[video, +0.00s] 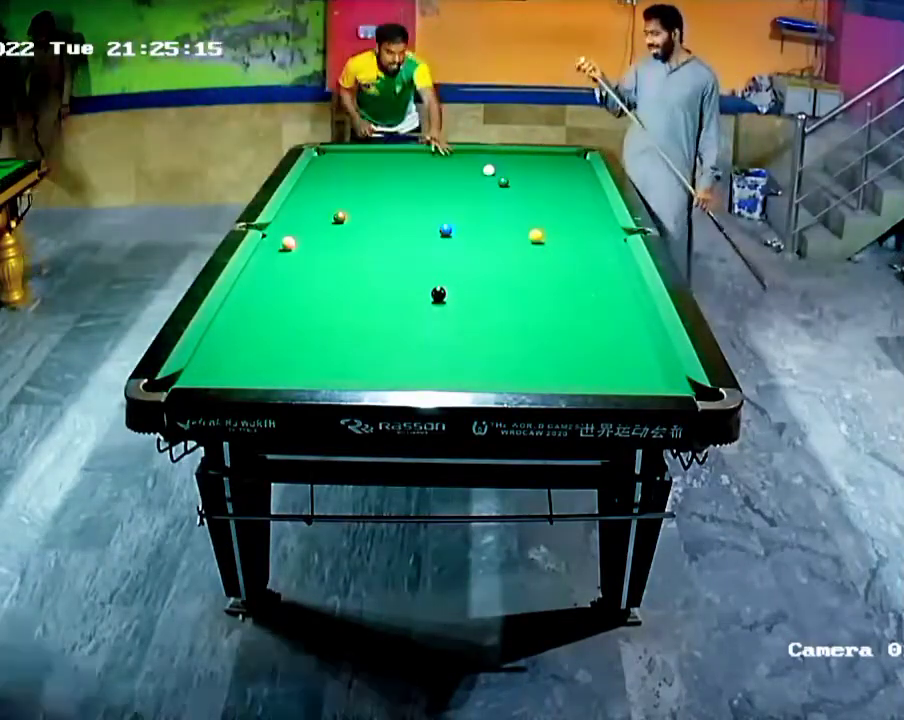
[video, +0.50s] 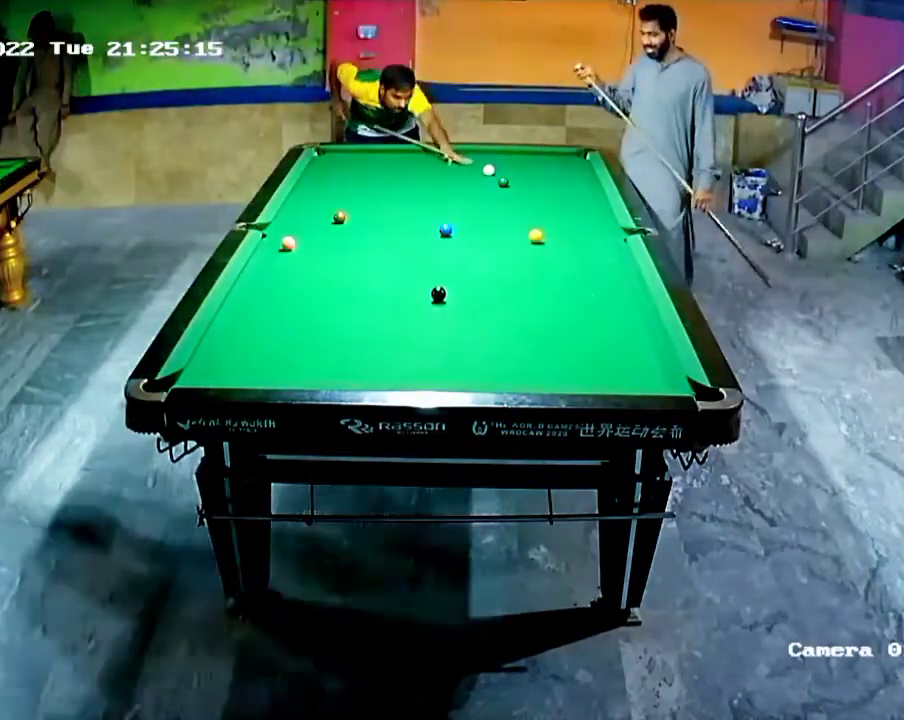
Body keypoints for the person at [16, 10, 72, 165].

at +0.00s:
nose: (36, 39)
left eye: (39, 34)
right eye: (35, 35)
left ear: (49, 32)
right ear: (33, 33)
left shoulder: (59, 49)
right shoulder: (33, 50)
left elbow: (67, 76)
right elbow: (24, 77)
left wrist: (65, 104)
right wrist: (24, 102)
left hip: (54, 95)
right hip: (35, 94)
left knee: (48, 128)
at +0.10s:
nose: (39, 36)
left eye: (42, 32)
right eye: (36, 32)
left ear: (49, 31)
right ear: (32, 32)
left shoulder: (59, 51)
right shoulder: (32, 52)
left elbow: (67, 77)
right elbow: (25, 77)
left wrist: (65, 103)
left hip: (50, 98)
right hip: (31, 97)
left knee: (46, 131)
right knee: (22, 127)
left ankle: (45, 163)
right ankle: (31, 160)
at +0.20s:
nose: (38, 35)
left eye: (43, 31)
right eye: (35, 31)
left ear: (50, 31)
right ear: (32, 31)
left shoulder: (60, 51)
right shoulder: (29, 51)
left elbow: (67, 78)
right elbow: (20, 79)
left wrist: (65, 103)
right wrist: (15, 104)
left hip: (50, 95)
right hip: (31, 95)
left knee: (45, 128)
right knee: (21, 123)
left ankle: (44, 163)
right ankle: (29, 161)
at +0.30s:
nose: (38, 36)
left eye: (42, 31)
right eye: (35, 31)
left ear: (49, 31)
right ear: (32, 32)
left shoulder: (60, 51)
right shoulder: (31, 52)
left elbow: (67, 78)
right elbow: (20, 79)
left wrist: (65, 103)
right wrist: (17, 104)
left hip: (51, 96)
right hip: (33, 95)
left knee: (45, 128)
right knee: (21, 120)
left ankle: (44, 163)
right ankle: (32, 159)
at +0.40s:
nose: (39, 35)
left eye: (43, 30)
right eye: (36, 30)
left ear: (50, 31)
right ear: (32, 31)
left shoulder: (60, 50)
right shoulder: (30, 51)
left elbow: (67, 78)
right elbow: (20, 79)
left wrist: (65, 103)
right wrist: (15, 106)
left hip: (51, 96)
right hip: (32, 95)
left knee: (44, 133)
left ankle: (44, 166)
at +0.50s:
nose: (39, 35)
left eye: (43, 30)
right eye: (36, 30)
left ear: (50, 31)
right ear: (32, 31)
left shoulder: (60, 50)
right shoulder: (30, 51)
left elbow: (67, 78)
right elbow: (20, 79)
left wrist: (65, 103)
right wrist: (15, 106)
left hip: (51, 96)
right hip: (32, 96)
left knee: (44, 134)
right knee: (22, 132)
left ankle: (44, 166)